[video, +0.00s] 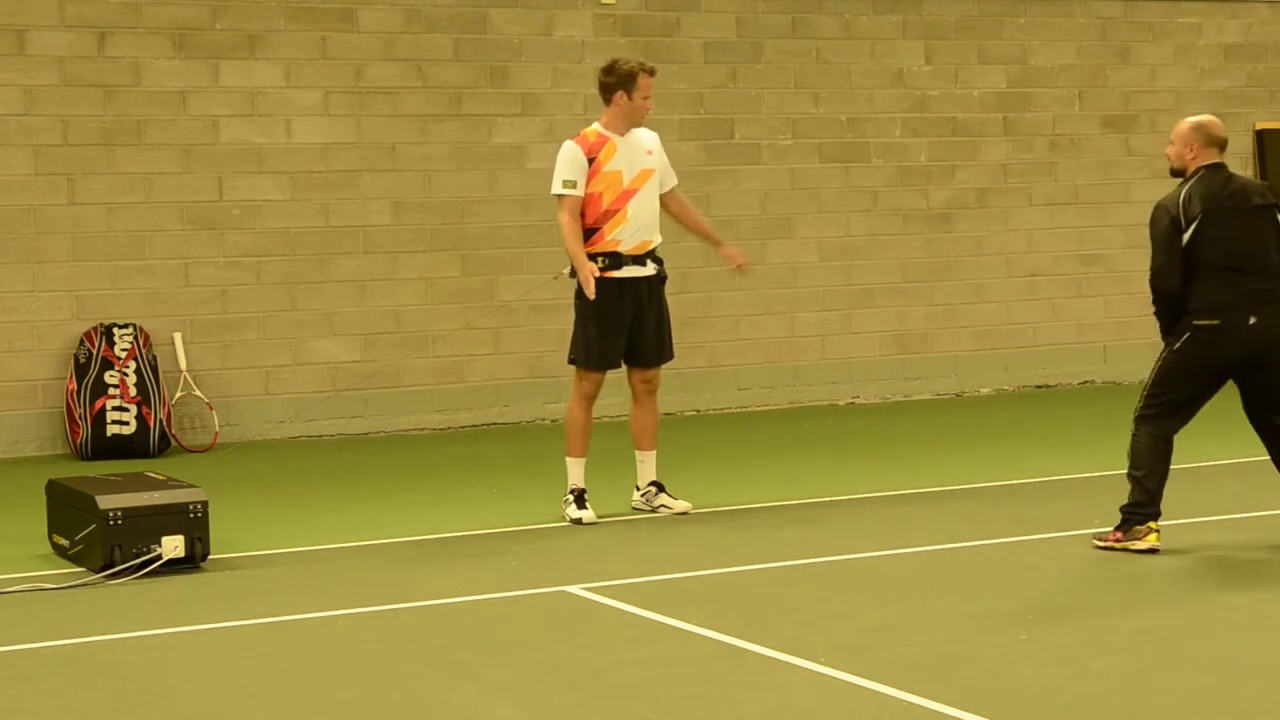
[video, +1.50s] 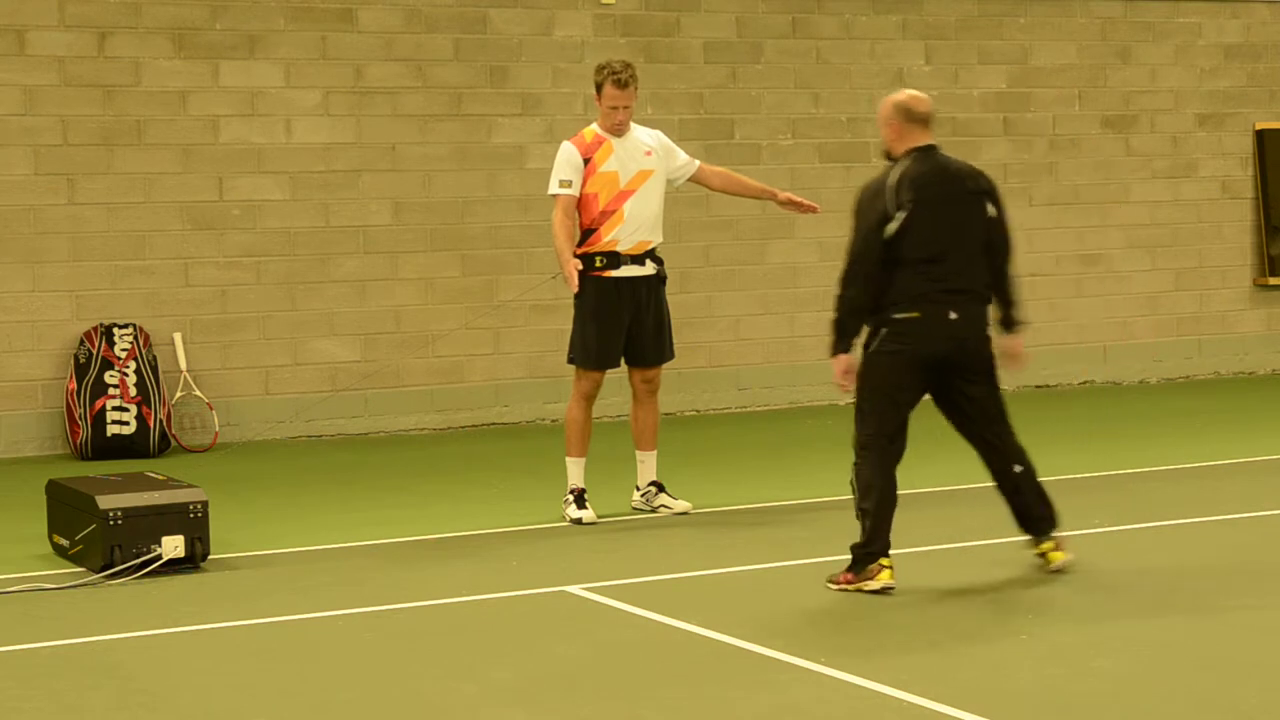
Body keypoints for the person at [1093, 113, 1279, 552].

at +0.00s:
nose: (1166, 151)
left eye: (1172, 144)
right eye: (1169, 143)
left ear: (1192, 149)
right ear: (1213, 151)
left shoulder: (1174, 205)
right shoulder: (1263, 195)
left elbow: (1166, 282)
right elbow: (1274, 263)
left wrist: (1174, 337)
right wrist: (1264, 313)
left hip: (1209, 332)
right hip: (1269, 332)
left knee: (1154, 419)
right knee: (1273, 422)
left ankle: (1140, 522)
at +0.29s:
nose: (1126, 144)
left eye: (1133, 136)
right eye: (1129, 136)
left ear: (1154, 143)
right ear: (1171, 145)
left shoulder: (1136, 200)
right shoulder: (1218, 191)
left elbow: (1128, 274)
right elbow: (1249, 264)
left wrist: (1110, 327)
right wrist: (1240, 312)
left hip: (1168, 331)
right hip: (1226, 329)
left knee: (1123, 421)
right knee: (1264, 420)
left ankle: (1136, 526)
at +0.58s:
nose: (1072, 125)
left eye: (1075, 116)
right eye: (1074, 116)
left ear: (1094, 118)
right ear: (1120, 116)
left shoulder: (1080, 177)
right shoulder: (1168, 168)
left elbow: (1070, 254)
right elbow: (1181, 243)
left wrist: (1056, 322)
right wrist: (1149, 279)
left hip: (1112, 315)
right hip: (1172, 309)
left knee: (1111, 415)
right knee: (1160, 410)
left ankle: (1130, 524)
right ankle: (1145, 502)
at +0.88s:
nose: (1037, 128)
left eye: (1040, 119)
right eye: (1038, 118)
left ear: (1055, 121)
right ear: (1087, 119)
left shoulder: (1038, 177)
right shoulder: (1131, 174)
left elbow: (1028, 257)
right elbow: (1141, 254)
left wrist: (1021, 327)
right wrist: (1113, 293)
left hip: (1060, 322)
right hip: (1119, 323)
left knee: (1027, 404)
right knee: (1097, 424)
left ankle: (1056, 515)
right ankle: (1082, 535)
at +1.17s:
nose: (986, 122)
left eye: (988, 113)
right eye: (988, 112)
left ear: (1001, 114)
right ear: (1032, 114)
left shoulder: (981, 172)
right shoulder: (1075, 170)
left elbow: (960, 248)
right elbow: (1106, 246)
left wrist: (933, 314)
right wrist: (1131, 309)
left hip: (995, 319)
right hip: (1059, 321)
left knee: (952, 418)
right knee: (1065, 427)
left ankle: (911, 528)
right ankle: (1078, 539)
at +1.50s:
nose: (882, 136)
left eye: (883, 127)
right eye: (883, 126)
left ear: (894, 128)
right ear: (928, 125)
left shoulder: (883, 190)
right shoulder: (977, 182)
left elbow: (862, 271)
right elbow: (998, 256)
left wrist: (843, 344)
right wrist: (1009, 321)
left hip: (900, 337)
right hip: (966, 335)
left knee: (875, 447)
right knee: (996, 437)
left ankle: (871, 561)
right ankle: (1046, 537)